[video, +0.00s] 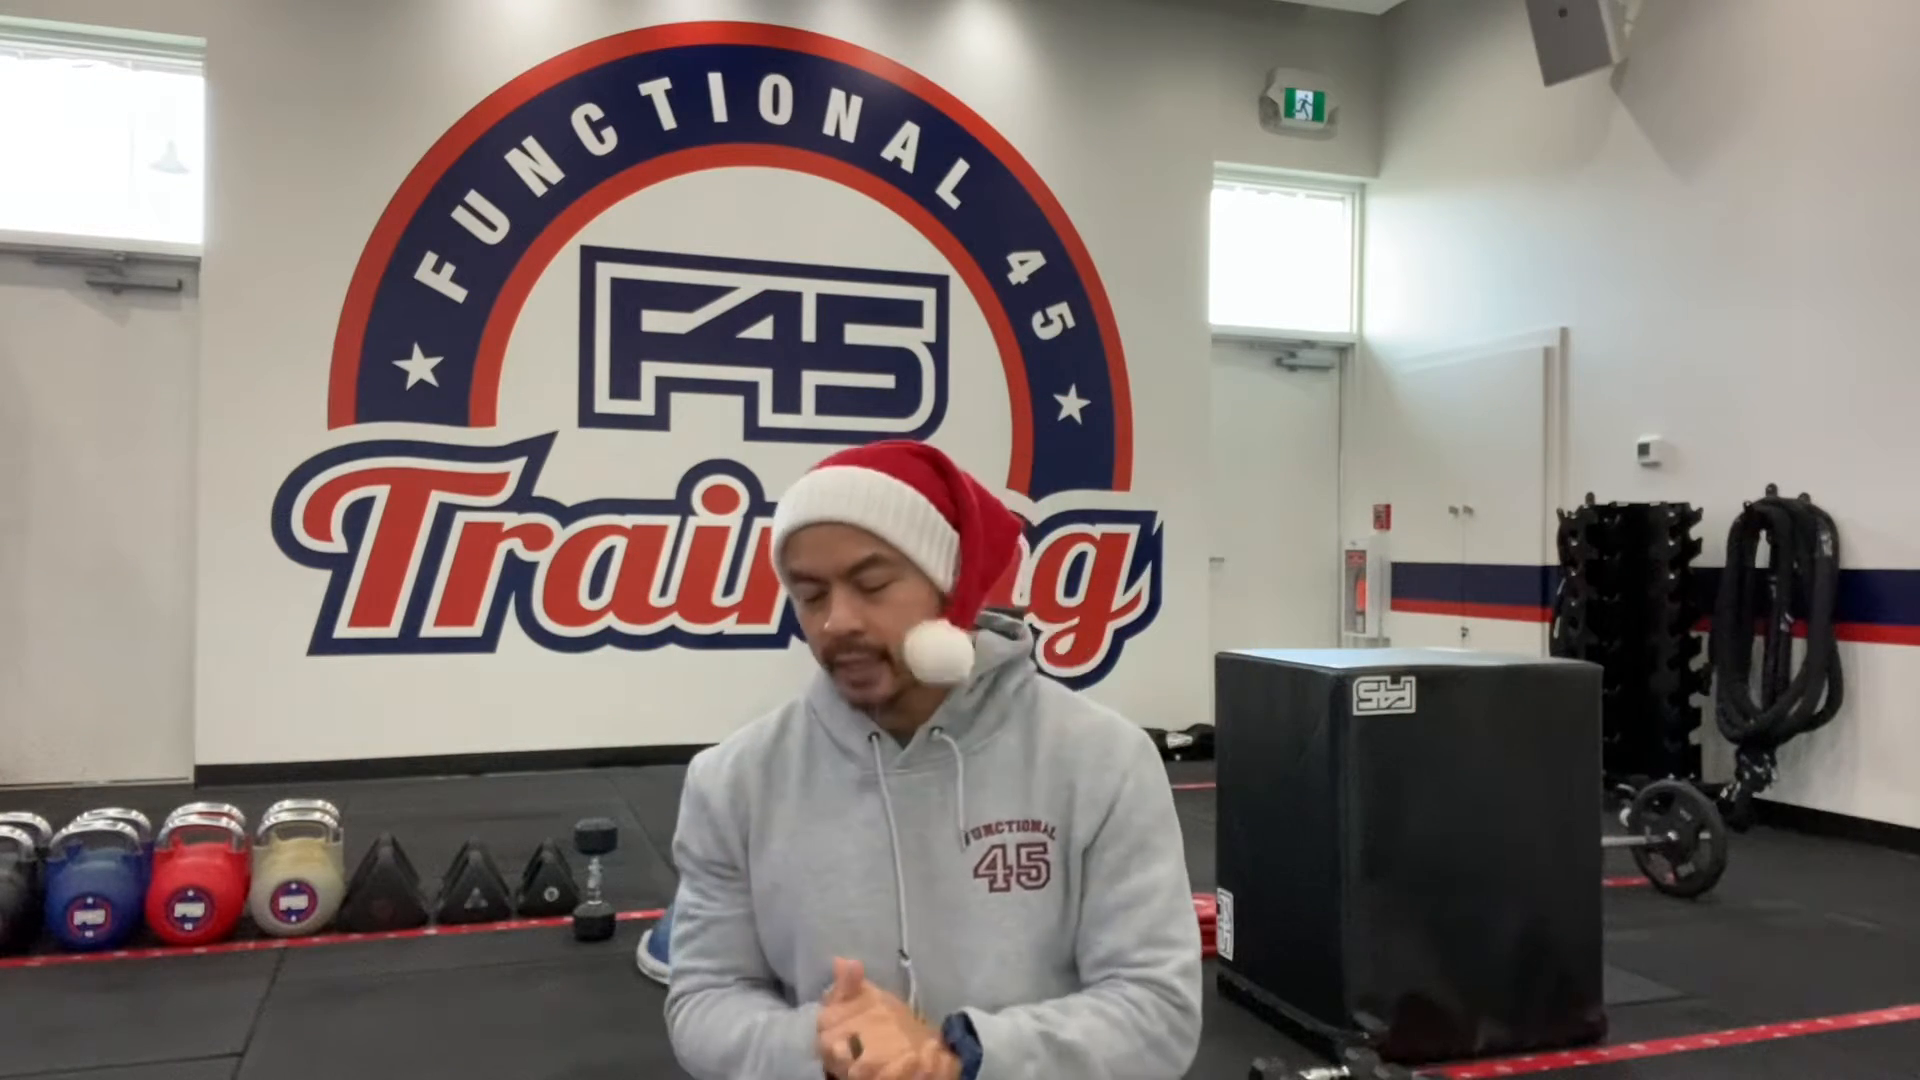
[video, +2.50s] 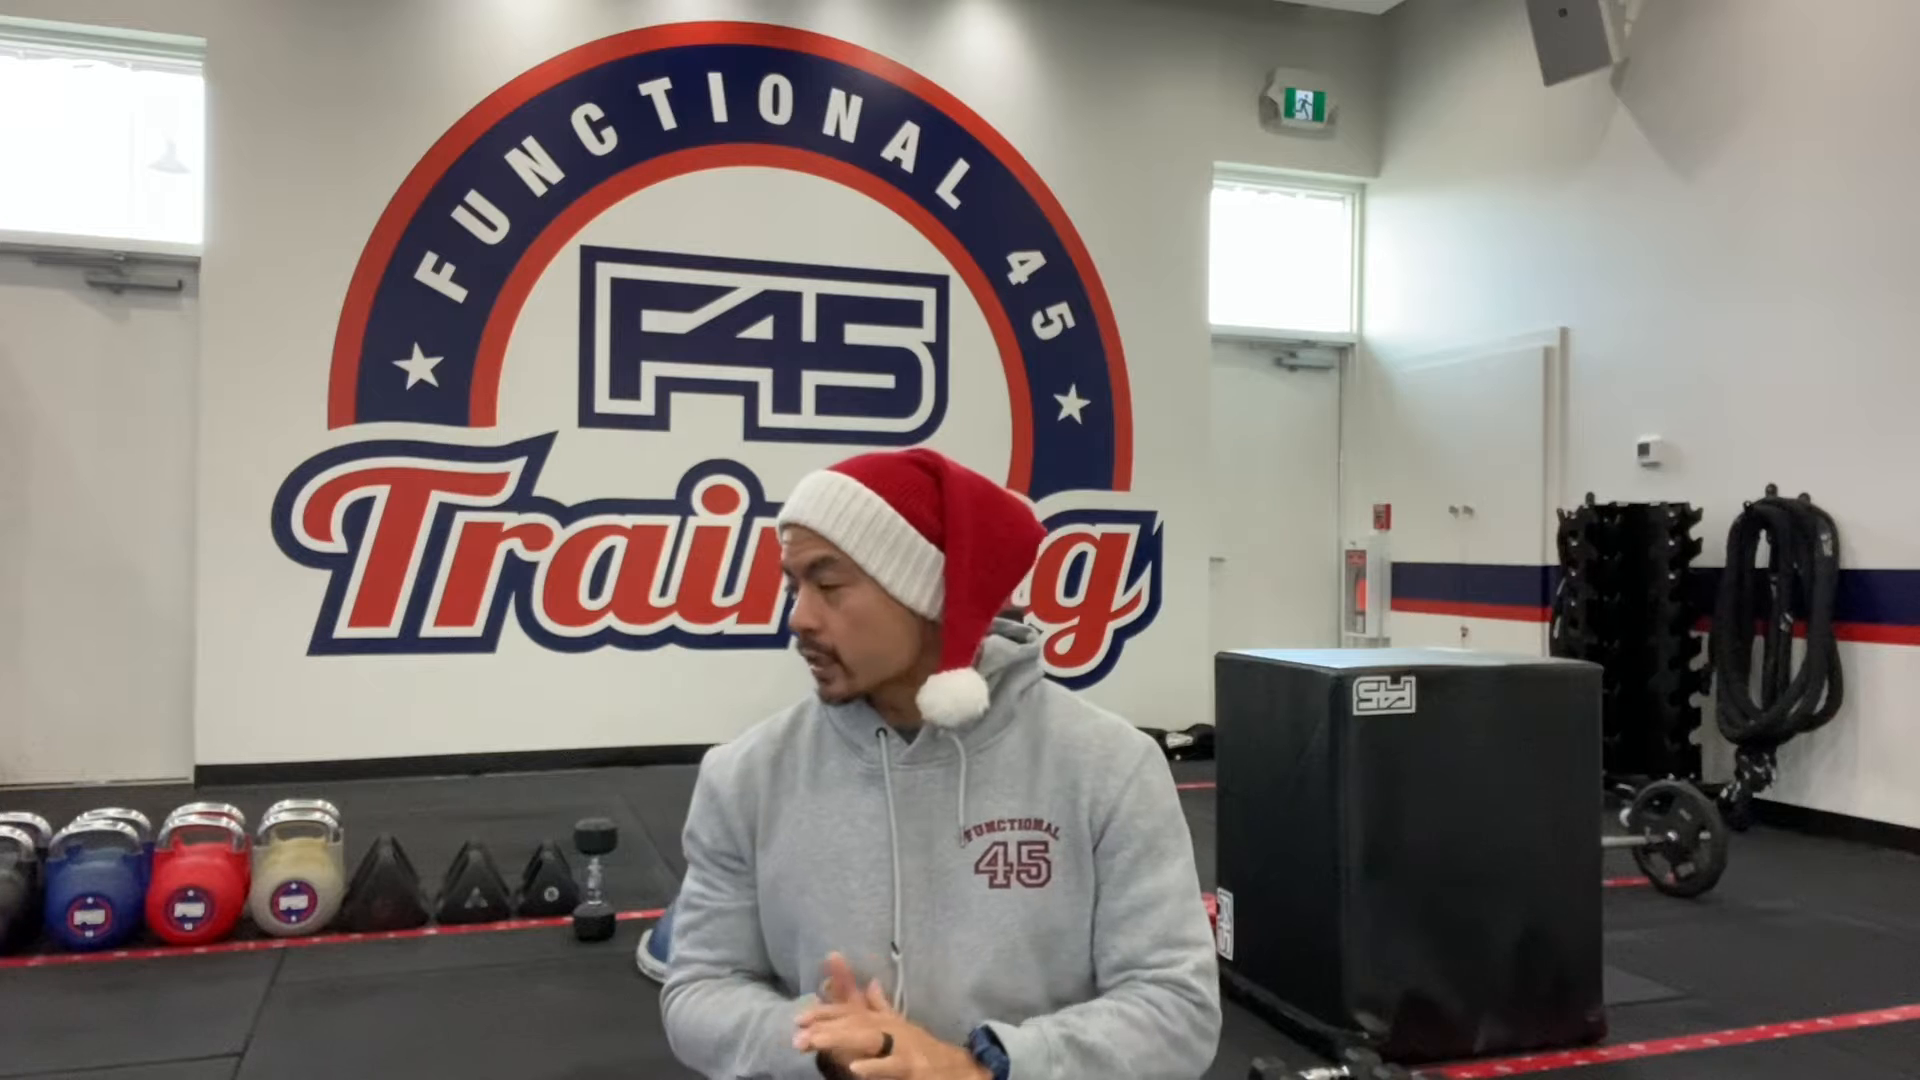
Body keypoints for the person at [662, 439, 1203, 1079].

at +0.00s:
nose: (839, 624)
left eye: (872, 583)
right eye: (813, 594)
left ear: (956, 580)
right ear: (793, 605)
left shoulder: (1099, 760)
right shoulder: (731, 784)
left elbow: (1157, 1009)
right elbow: (702, 1004)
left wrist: (960, 1050)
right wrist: (820, 1042)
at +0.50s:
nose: (867, 614)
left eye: (901, 574)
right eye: (837, 586)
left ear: (974, 577)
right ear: (816, 605)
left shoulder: (1112, 760)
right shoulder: (737, 776)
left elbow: (1167, 1007)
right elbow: (695, 997)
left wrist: (973, 1071)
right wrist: (829, 1049)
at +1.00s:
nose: (871, 606)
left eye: (904, 565)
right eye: (837, 579)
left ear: (970, 574)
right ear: (812, 605)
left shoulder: (1109, 760)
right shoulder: (735, 781)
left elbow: (1170, 1004)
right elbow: (701, 997)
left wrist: (974, 1055)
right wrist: (808, 1046)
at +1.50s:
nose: (868, 588)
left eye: (903, 553)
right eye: (838, 566)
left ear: (973, 573)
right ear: (816, 601)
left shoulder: (1113, 762)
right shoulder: (739, 779)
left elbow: (1176, 1006)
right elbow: (698, 991)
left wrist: (975, 1049)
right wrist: (771, 1033)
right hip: (822, 1074)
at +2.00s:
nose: (830, 600)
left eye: (868, 563)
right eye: (818, 572)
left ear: (963, 570)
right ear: (809, 584)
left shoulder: (1115, 767)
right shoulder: (744, 776)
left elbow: (1172, 1008)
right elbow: (699, 997)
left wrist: (982, 1046)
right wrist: (830, 1043)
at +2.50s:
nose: (798, 620)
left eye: (830, 584)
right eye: (795, 586)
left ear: (935, 585)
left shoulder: (1107, 766)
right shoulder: (742, 780)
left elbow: (1176, 1008)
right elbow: (697, 994)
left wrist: (986, 1062)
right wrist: (823, 1043)